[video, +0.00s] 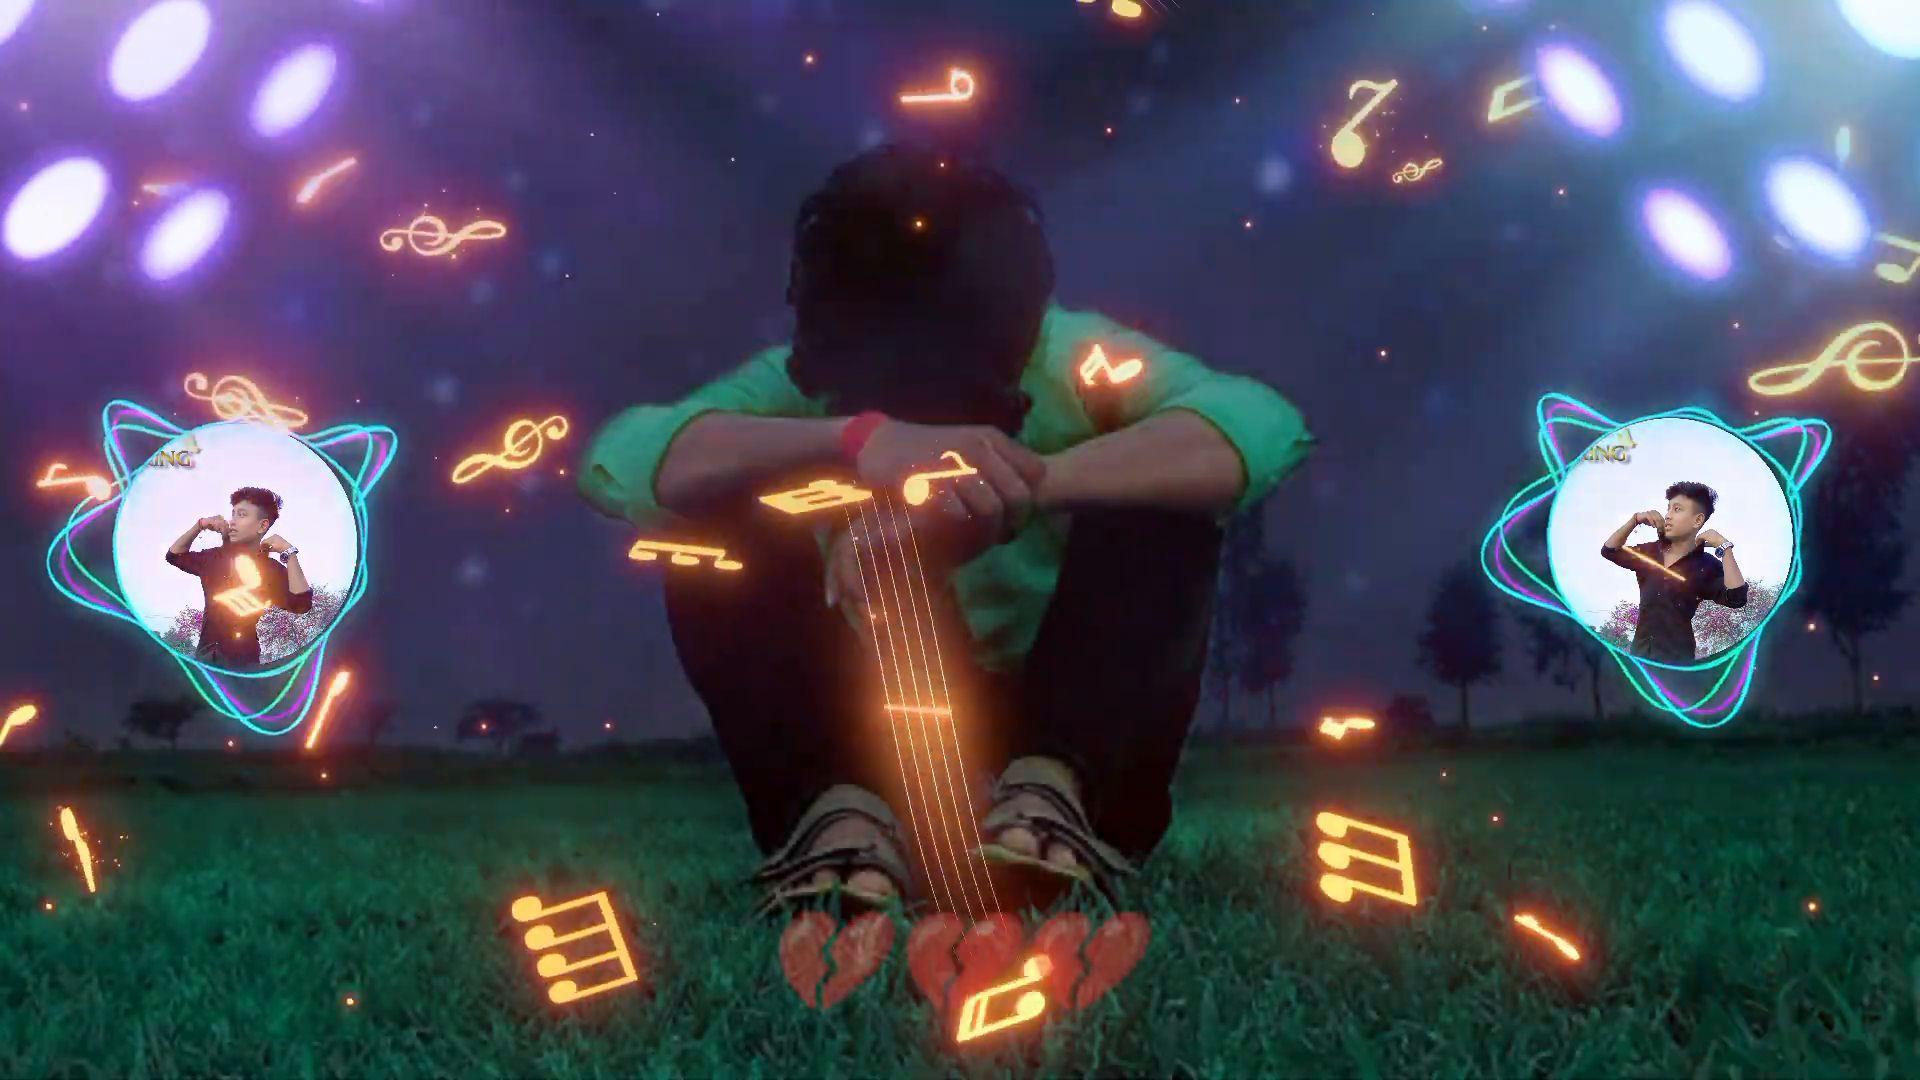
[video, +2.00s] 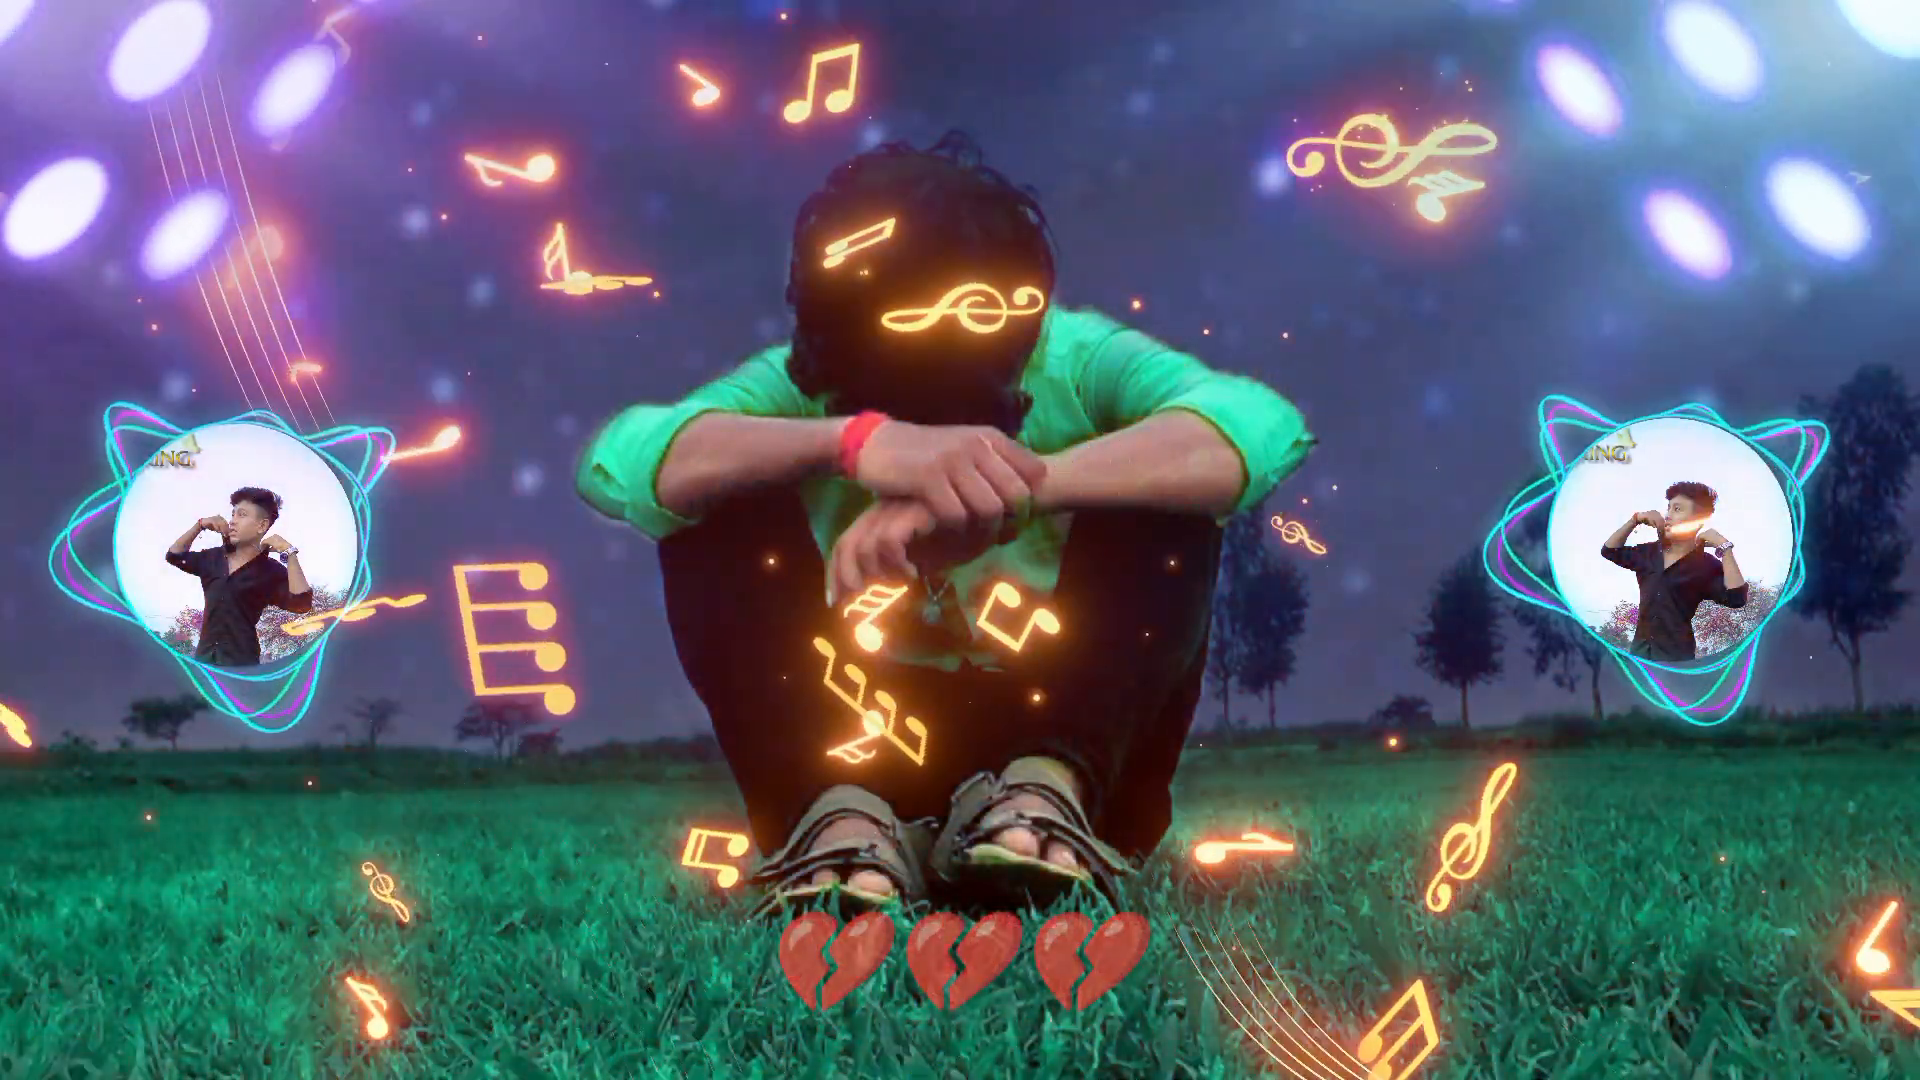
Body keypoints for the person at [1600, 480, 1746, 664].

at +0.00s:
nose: (1667, 515)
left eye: (1677, 509)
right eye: (1668, 509)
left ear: (1698, 520)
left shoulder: (1705, 565)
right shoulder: (1648, 552)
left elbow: (1737, 599)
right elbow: (1609, 551)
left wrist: (1725, 547)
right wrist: (1634, 521)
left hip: (1678, 658)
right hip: (1640, 654)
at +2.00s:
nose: (1667, 515)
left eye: (1677, 509)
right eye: (1668, 508)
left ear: (1698, 519)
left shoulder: (1705, 565)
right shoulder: (1648, 553)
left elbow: (1737, 600)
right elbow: (1609, 551)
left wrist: (1724, 547)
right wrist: (1634, 521)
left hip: (1677, 660)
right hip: (1639, 655)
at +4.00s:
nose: (1667, 515)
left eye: (1677, 509)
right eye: (1668, 509)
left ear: (1698, 520)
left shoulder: (1705, 564)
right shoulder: (1647, 553)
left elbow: (1737, 599)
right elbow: (1609, 551)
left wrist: (1725, 547)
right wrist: (1634, 520)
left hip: (1677, 660)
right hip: (1638, 656)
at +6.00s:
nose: (1667, 515)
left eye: (1677, 509)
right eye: (1668, 508)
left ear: (1698, 520)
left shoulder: (1705, 565)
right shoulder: (1647, 553)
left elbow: (1737, 599)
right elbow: (1609, 551)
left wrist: (1725, 547)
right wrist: (1634, 520)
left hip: (1677, 658)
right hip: (1639, 653)